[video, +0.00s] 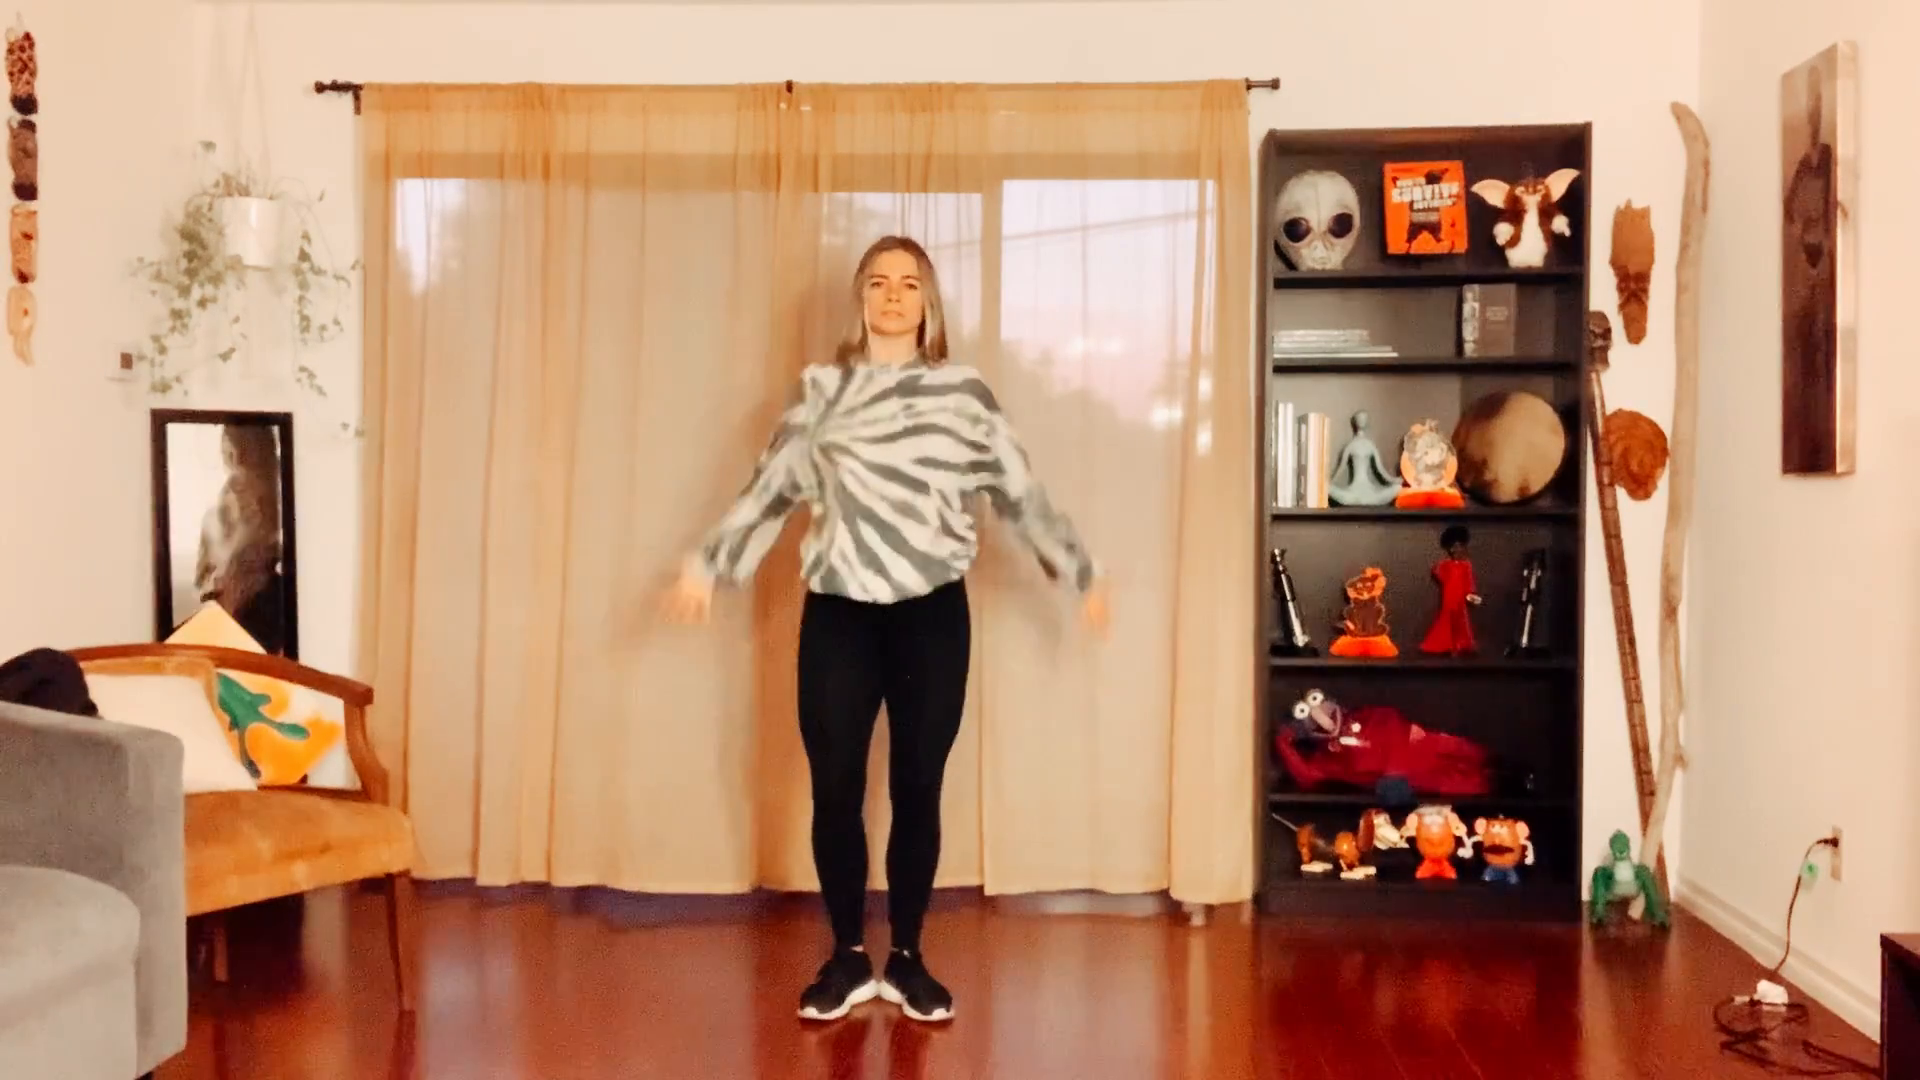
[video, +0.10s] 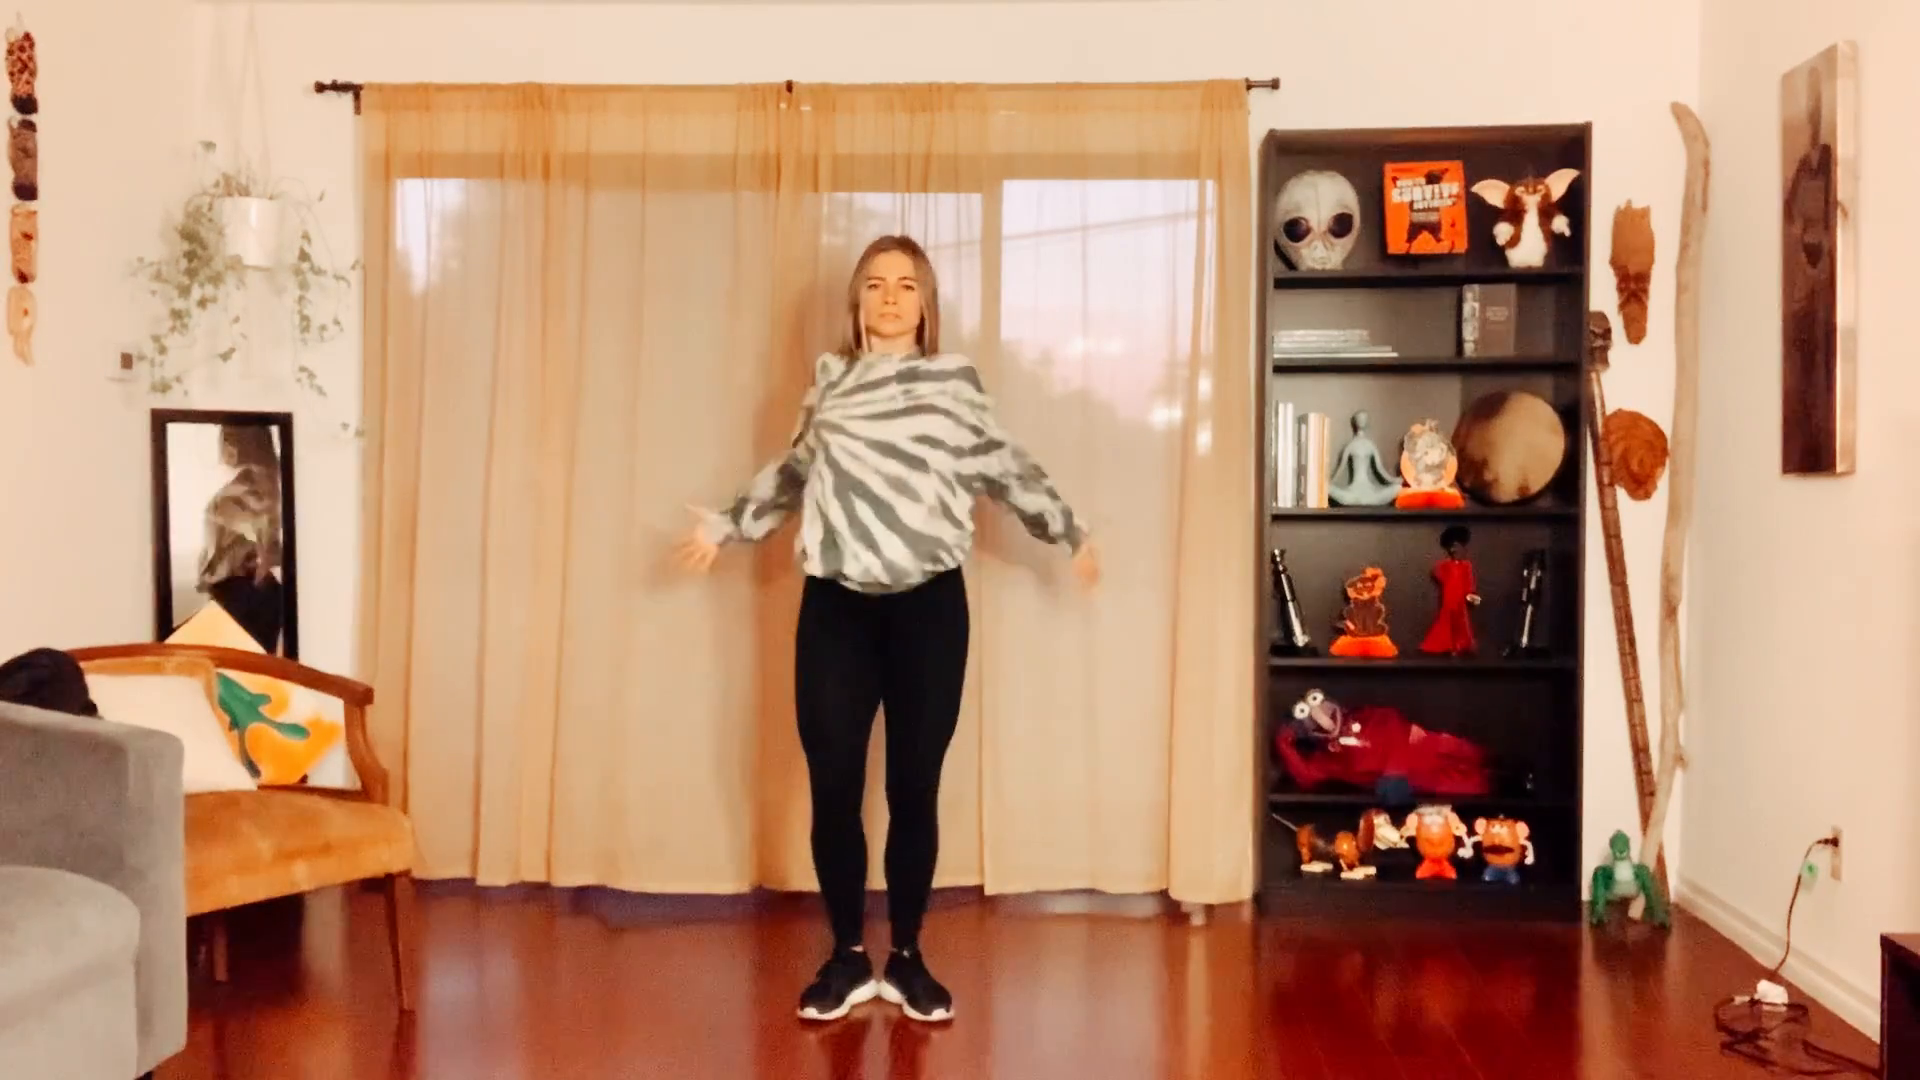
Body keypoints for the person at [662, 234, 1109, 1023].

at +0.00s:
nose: (892, 293)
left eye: (908, 283)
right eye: (879, 281)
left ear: (928, 300)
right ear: (859, 297)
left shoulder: (963, 394)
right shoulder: (825, 390)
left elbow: (1019, 494)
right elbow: (774, 486)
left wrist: (1080, 571)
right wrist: (709, 562)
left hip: (930, 613)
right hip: (838, 612)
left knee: (916, 789)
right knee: (837, 788)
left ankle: (905, 960)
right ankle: (848, 958)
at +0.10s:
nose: (889, 295)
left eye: (905, 284)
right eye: (875, 283)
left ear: (927, 300)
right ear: (856, 297)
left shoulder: (953, 383)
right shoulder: (831, 382)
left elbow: (1008, 468)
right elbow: (794, 472)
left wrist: (1070, 533)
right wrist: (728, 523)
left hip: (927, 607)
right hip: (834, 606)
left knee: (913, 790)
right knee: (834, 791)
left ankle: (905, 958)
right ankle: (848, 958)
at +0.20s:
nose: (889, 297)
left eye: (905, 287)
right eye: (875, 285)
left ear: (927, 302)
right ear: (856, 299)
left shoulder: (962, 394)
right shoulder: (824, 391)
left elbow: (1013, 495)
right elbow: (768, 484)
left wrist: (1096, 574)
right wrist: (693, 557)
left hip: (927, 611)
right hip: (834, 609)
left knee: (913, 791)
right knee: (833, 790)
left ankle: (905, 960)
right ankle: (848, 958)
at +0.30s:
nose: (888, 305)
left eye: (904, 296)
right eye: (874, 295)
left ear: (927, 319)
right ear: (853, 316)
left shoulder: (960, 403)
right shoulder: (817, 404)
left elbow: (1030, 504)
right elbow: (739, 489)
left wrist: (1109, 580)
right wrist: (657, 566)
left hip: (930, 624)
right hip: (837, 621)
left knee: (918, 798)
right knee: (829, 794)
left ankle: (905, 959)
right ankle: (849, 958)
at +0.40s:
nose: (891, 291)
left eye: (905, 288)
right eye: (877, 286)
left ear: (924, 322)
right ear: (854, 318)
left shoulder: (956, 391)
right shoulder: (816, 395)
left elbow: (1022, 493)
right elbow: (742, 483)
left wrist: (1106, 564)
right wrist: (652, 551)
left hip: (935, 615)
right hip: (841, 616)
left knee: (932, 795)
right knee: (826, 793)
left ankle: (906, 958)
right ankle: (849, 959)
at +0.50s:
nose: (885, 287)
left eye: (901, 286)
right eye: (871, 285)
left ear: (923, 323)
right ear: (851, 323)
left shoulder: (958, 386)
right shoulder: (820, 386)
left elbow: (1013, 492)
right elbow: (751, 479)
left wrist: (1096, 569)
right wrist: (674, 558)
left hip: (934, 615)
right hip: (839, 616)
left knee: (941, 797)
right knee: (815, 795)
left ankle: (905, 959)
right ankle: (849, 958)